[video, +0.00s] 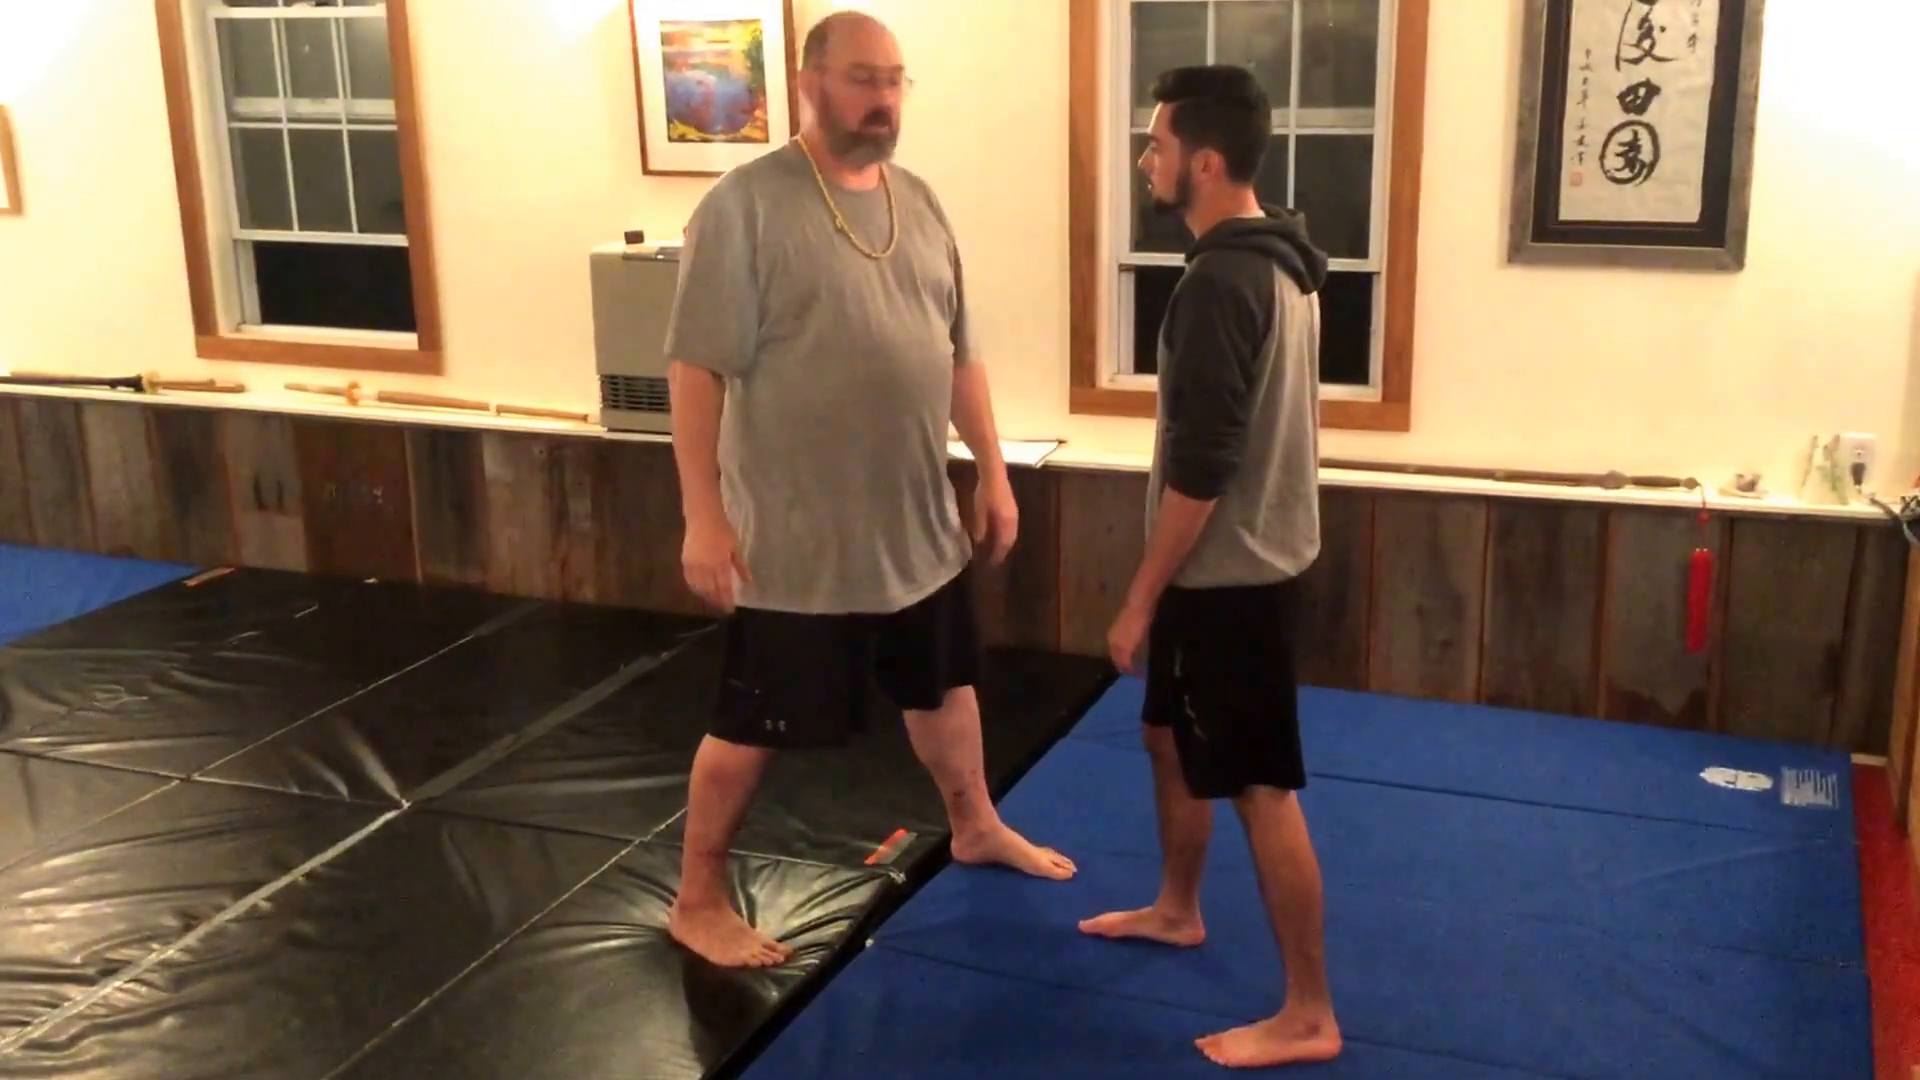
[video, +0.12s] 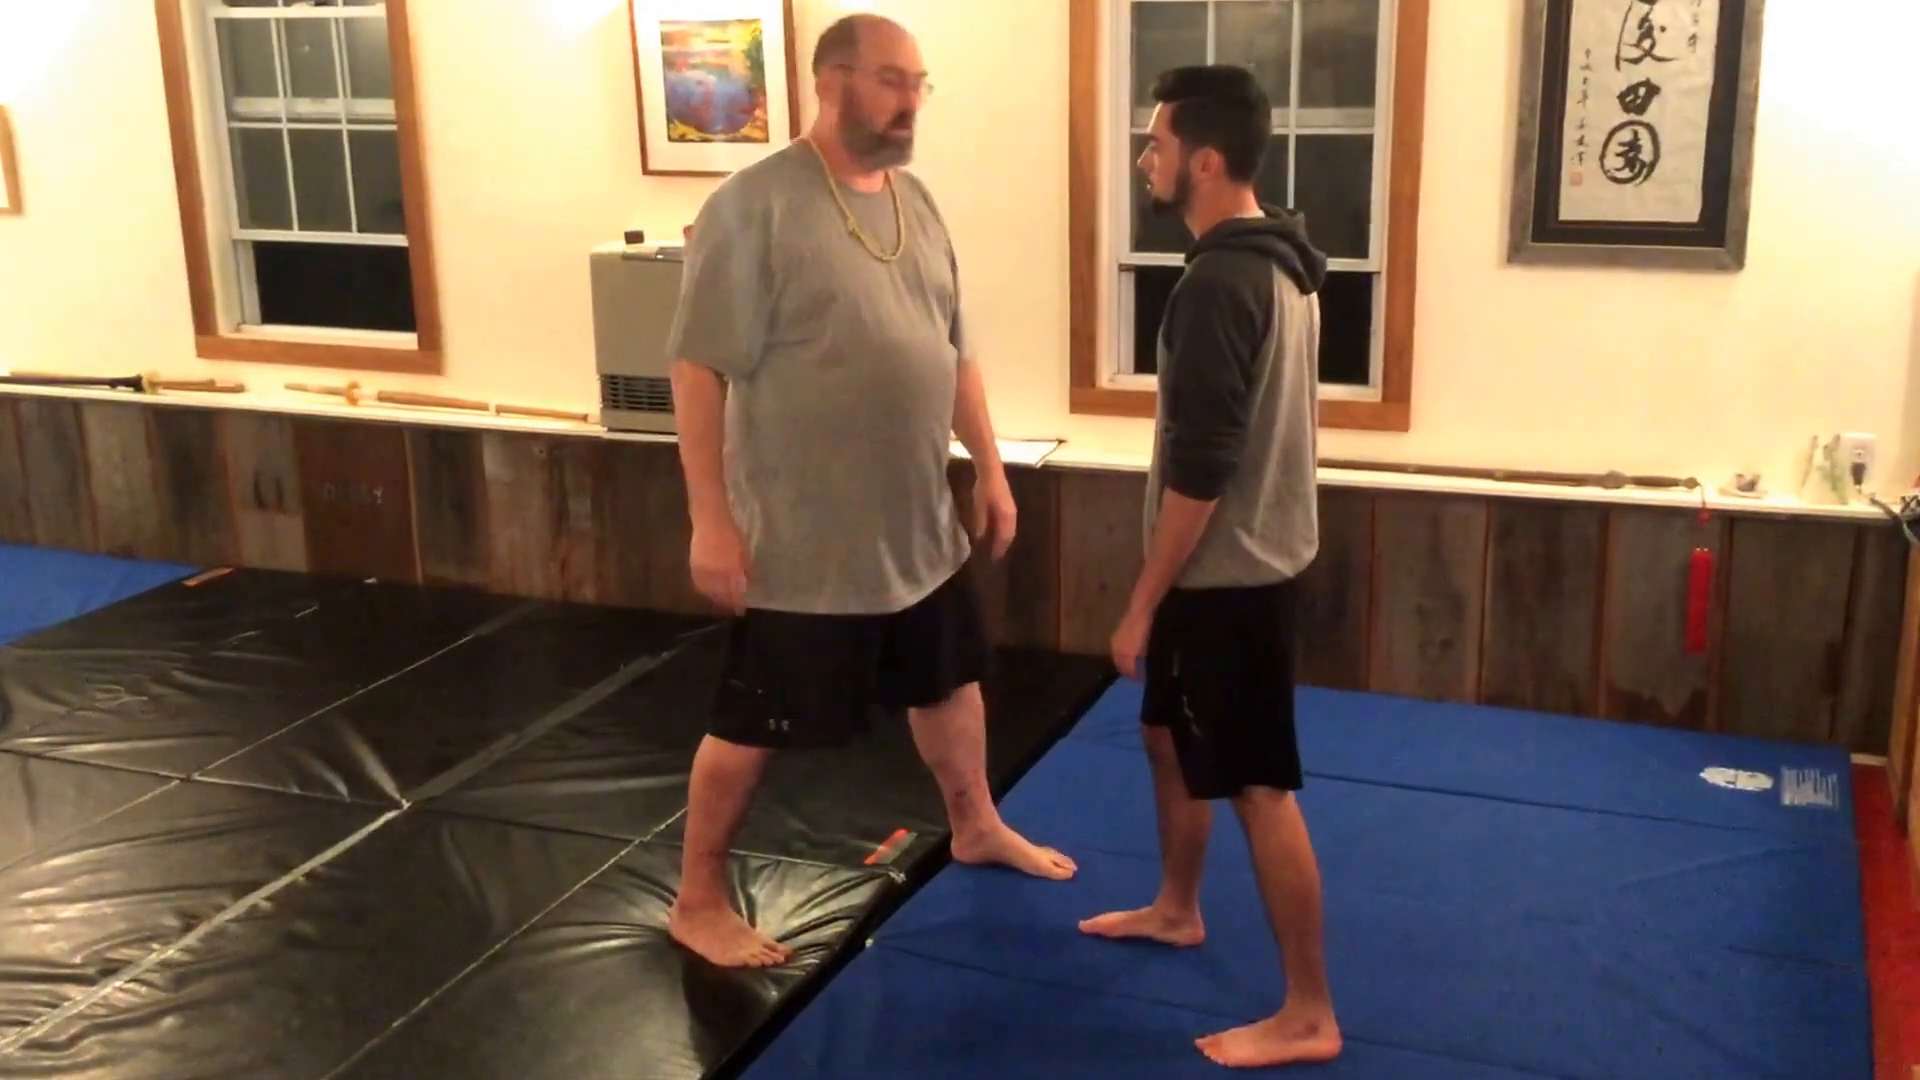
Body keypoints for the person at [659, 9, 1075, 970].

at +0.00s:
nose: (884, 98)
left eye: (895, 79)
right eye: (863, 79)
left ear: (907, 87)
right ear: (807, 86)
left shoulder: (920, 204)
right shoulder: (744, 206)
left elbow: (957, 352)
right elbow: (695, 370)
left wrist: (992, 469)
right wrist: (703, 518)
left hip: (916, 514)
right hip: (790, 527)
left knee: (945, 682)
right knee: (749, 725)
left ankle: (978, 828)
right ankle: (698, 897)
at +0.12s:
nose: (913, 100)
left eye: (919, 84)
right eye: (894, 81)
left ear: (918, 91)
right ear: (828, 84)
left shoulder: (917, 205)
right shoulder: (750, 206)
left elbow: (953, 350)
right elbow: (697, 369)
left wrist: (990, 467)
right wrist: (710, 519)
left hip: (916, 516)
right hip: (796, 528)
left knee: (950, 680)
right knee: (749, 725)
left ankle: (978, 827)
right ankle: (697, 898)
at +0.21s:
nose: (939, 113)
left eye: (943, 96)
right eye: (923, 91)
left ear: (927, 101)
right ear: (859, 88)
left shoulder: (917, 207)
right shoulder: (770, 208)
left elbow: (943, 348)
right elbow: (719, 371)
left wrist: (978, 466)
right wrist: (734, 522)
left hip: (922, 514)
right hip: (806, 530)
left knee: (960, 674)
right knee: (753, 723)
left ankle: (974, 829)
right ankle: (697, 899)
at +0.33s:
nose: (966, 124)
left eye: (971, 107)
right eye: (951, 106)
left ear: (937, 110)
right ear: (886, 100)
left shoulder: (929, 210)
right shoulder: (799, 210)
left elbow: (942, 360)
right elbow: (750, 375)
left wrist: (968, 472)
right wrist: (779, 521)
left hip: (929, 518)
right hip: (822, 531)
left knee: (975, 669)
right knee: (763, 720)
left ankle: (978, 828)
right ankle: (698, 897)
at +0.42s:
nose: (989, 131)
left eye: (993, 114)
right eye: (974, 111)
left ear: (945, 110)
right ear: (913, 102)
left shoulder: (944, 210)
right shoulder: (822, 212)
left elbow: (951, 358)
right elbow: (776, 378)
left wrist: (977, 467)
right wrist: (815, 523)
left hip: (939, 518)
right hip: (833, 532)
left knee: (984, 665)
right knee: (772, 719)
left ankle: (980, 825)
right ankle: (699, 895)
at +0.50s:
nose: (1007, 136)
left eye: (1013, 120)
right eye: (995, 114)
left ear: (956, 108)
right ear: (933, 99)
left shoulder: (958, 209)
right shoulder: (840, 211)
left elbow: (963, 354)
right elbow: (798, 375)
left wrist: (990, 458)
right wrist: (851, 513)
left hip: (948, 512)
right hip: (834, 526)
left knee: (987, 662)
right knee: (781, 710)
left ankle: (980, 825)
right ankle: (701, 888)